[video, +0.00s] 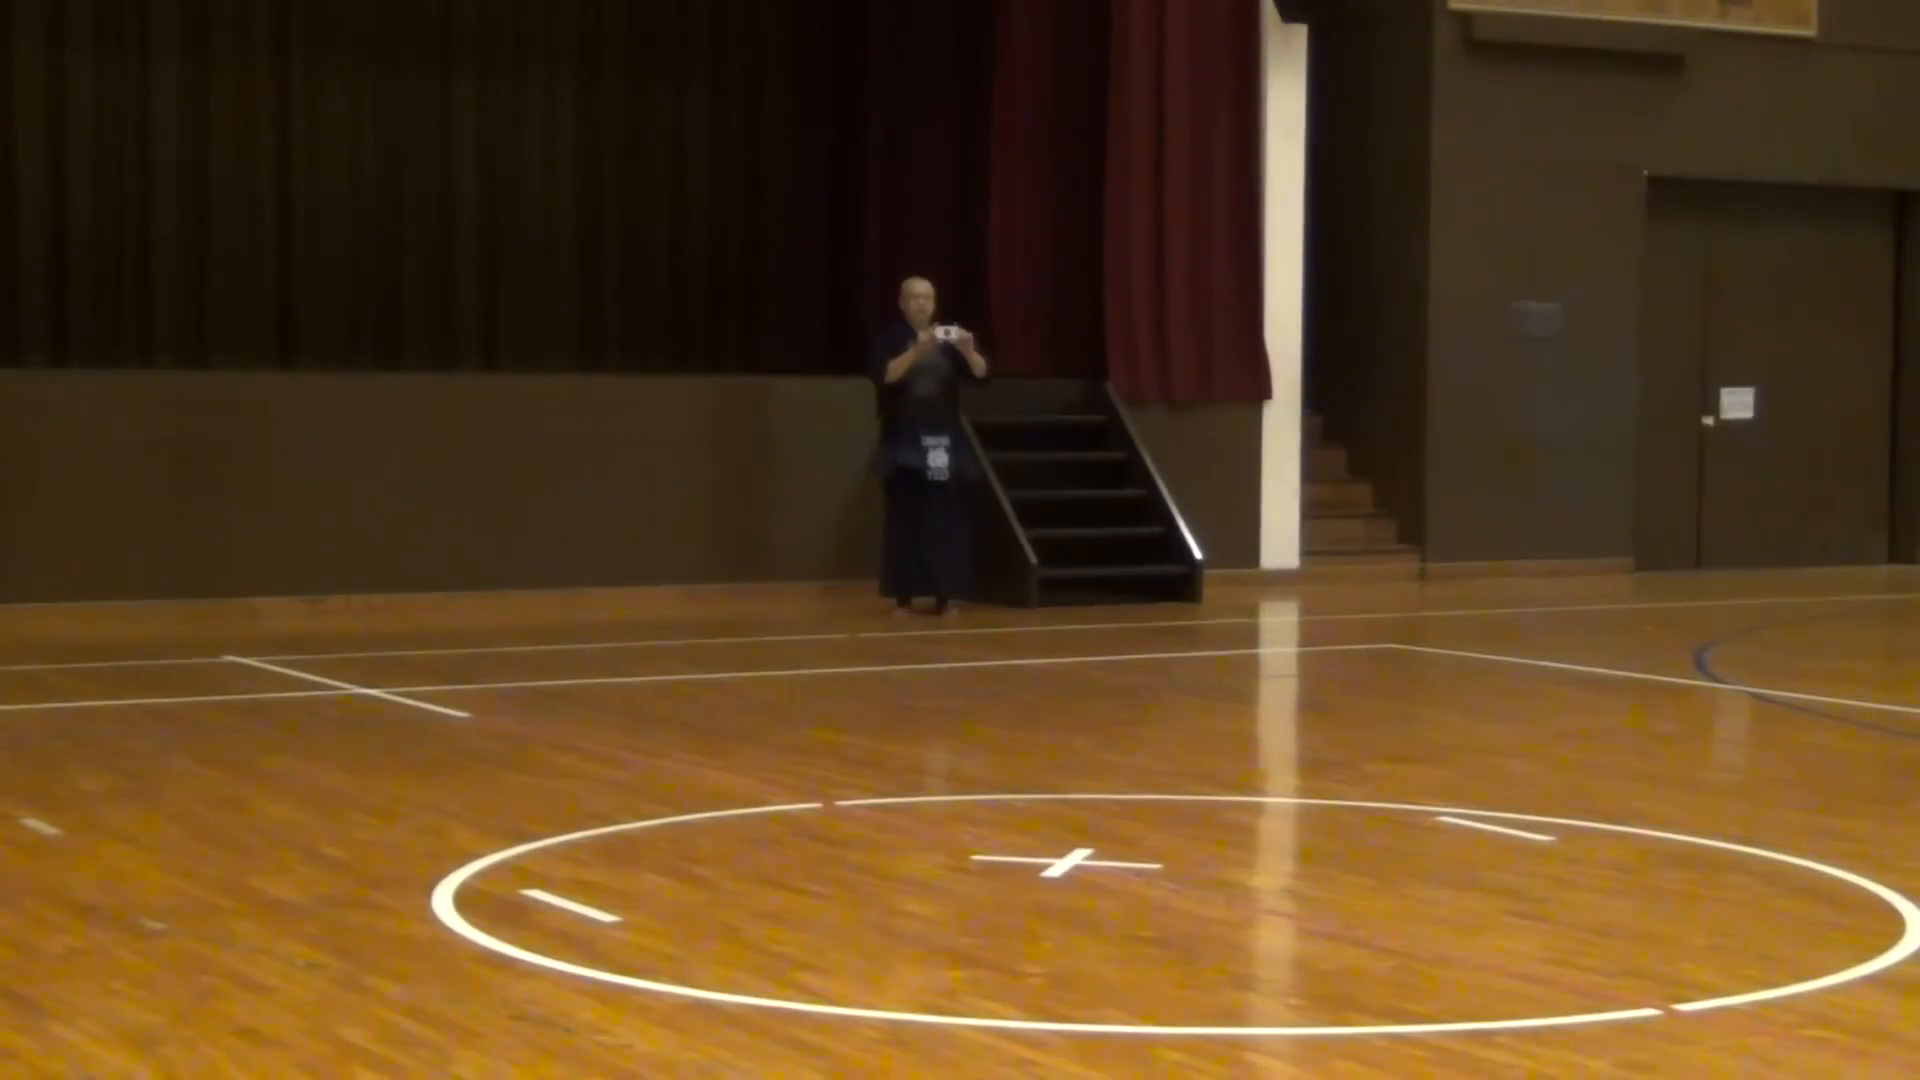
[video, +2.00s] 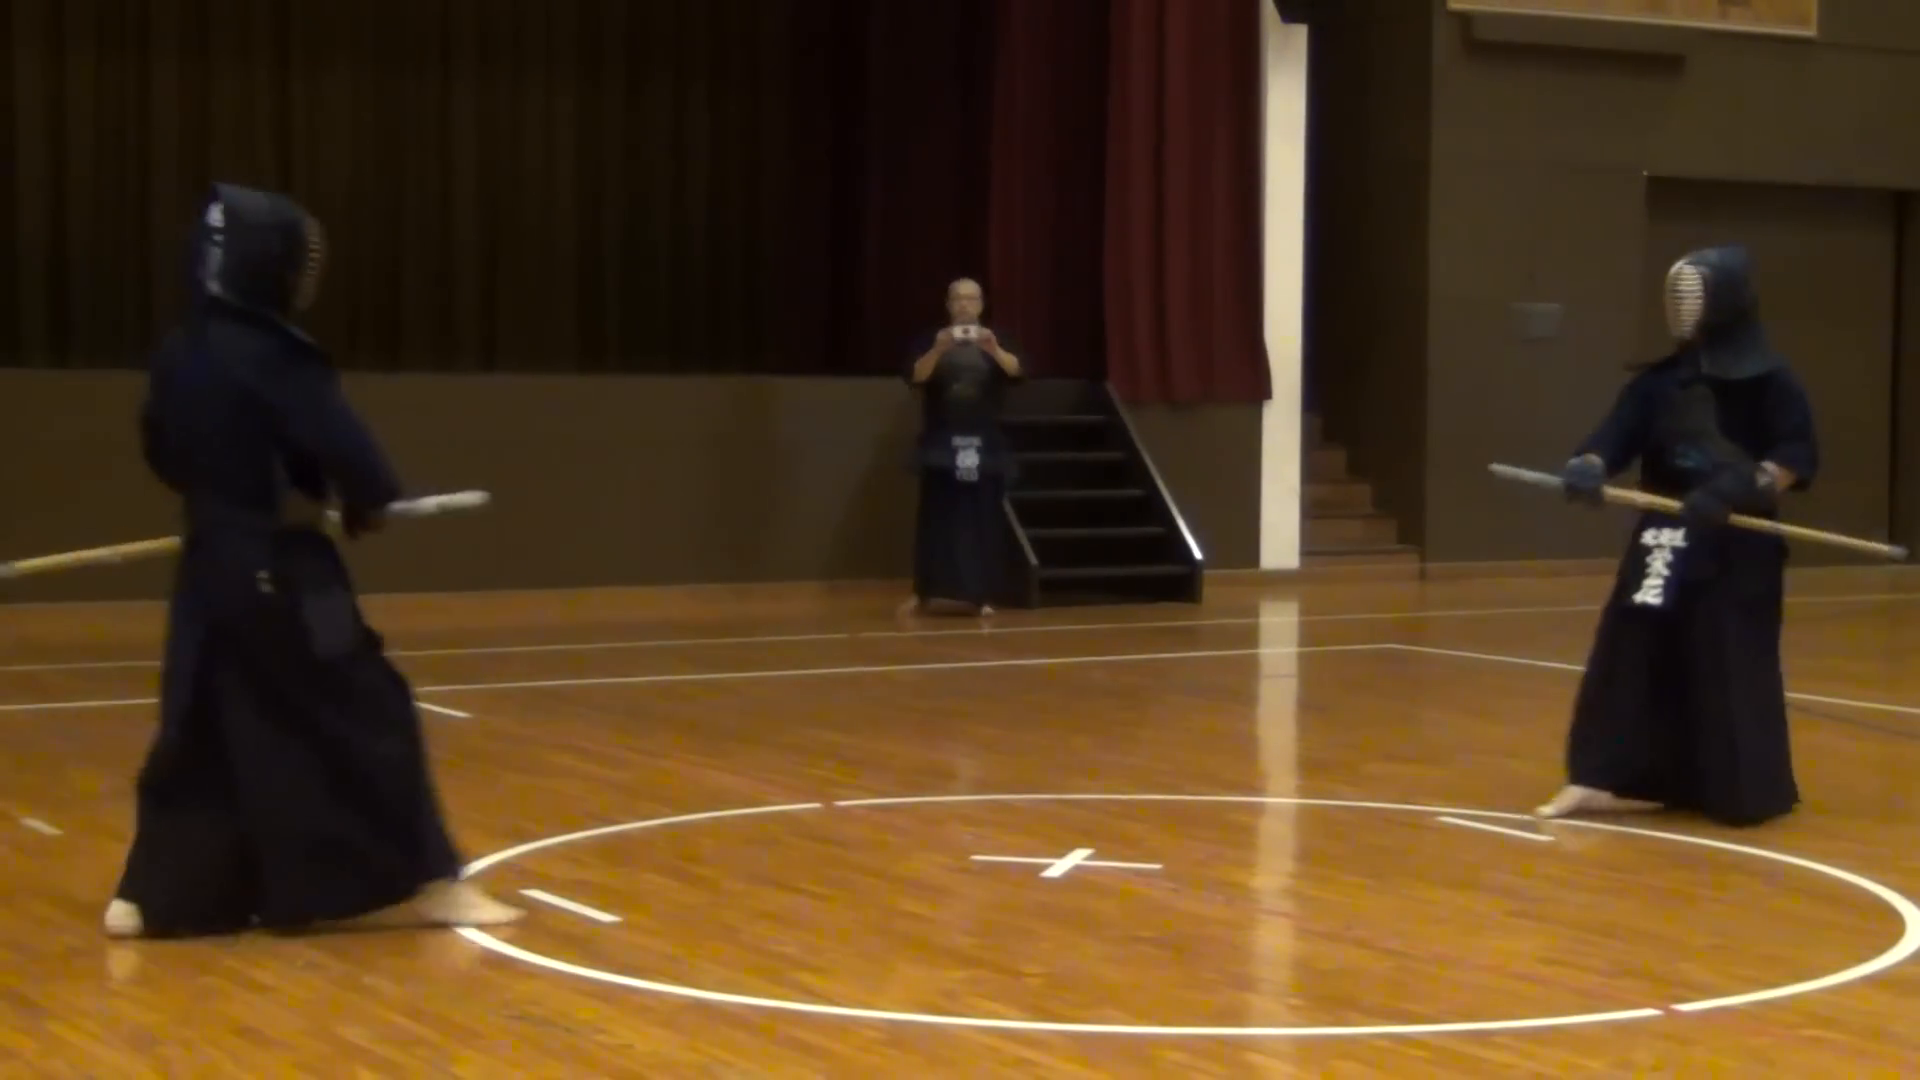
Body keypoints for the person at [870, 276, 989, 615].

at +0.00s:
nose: (921, 305)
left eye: (926, 298)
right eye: (914, 299)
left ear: (935, 303)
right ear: (902, 303)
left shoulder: (948, 339)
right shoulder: (891, 340)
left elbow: (981, 373)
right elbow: (885, 375)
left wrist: (967, 349)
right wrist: (918, 349)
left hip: (944, 437)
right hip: (905, 437)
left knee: (947, 511)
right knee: (905, 513)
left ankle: (948, 593)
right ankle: (903, 593)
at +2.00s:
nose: (965, 305)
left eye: (972, 299)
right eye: (959, 299)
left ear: (982, 303)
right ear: (949, 304)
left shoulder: (994, 341)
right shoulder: (934, 342)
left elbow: (1017, 371)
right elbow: (916, 376)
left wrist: (992, 348)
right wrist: (940, 348)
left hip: (983, 437)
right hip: (942, 437)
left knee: (984, 513)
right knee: (935, 512)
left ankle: (986, 596)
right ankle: (925, 591)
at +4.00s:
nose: (974, 305)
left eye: (981, 299)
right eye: (968, 298)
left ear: (991, 303)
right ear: (957, 302)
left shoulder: (1002, 339)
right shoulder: (944, 338)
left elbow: (1023, 370)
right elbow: (924, 374)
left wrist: (1000, 348)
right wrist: (947, 346)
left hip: (988, 436)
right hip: (948, 435)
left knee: (985, 512)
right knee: (944, 512)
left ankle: (982, 594)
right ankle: (938, 593)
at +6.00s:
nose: (988, 304)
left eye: (994, 298)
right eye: (983, 298)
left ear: (1004, 302)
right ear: (972, 302)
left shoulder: (1016, 340)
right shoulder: (958, 339)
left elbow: (1036, 371)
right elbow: (937, 373)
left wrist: (1013, 347)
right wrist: (960, 346)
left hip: (1003, 434)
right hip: (962, 434)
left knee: (1000, 510)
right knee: (961, 510)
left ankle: (996, 588)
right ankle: (959, 588)